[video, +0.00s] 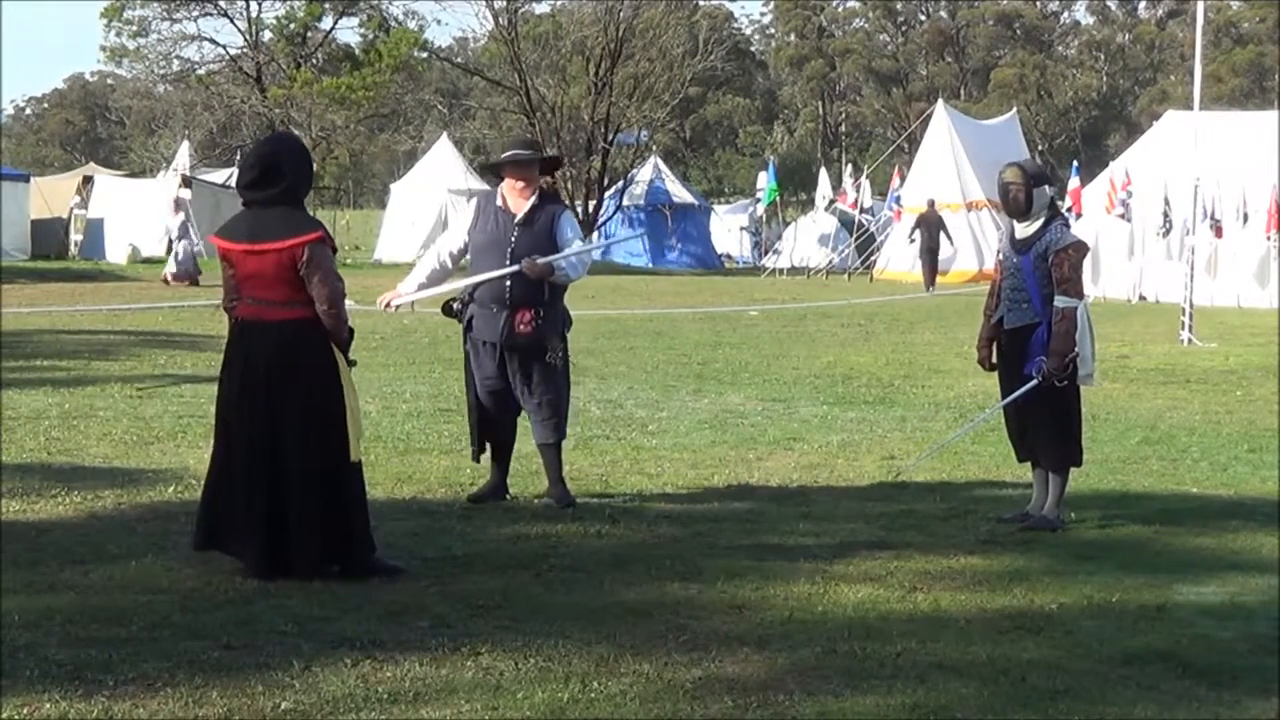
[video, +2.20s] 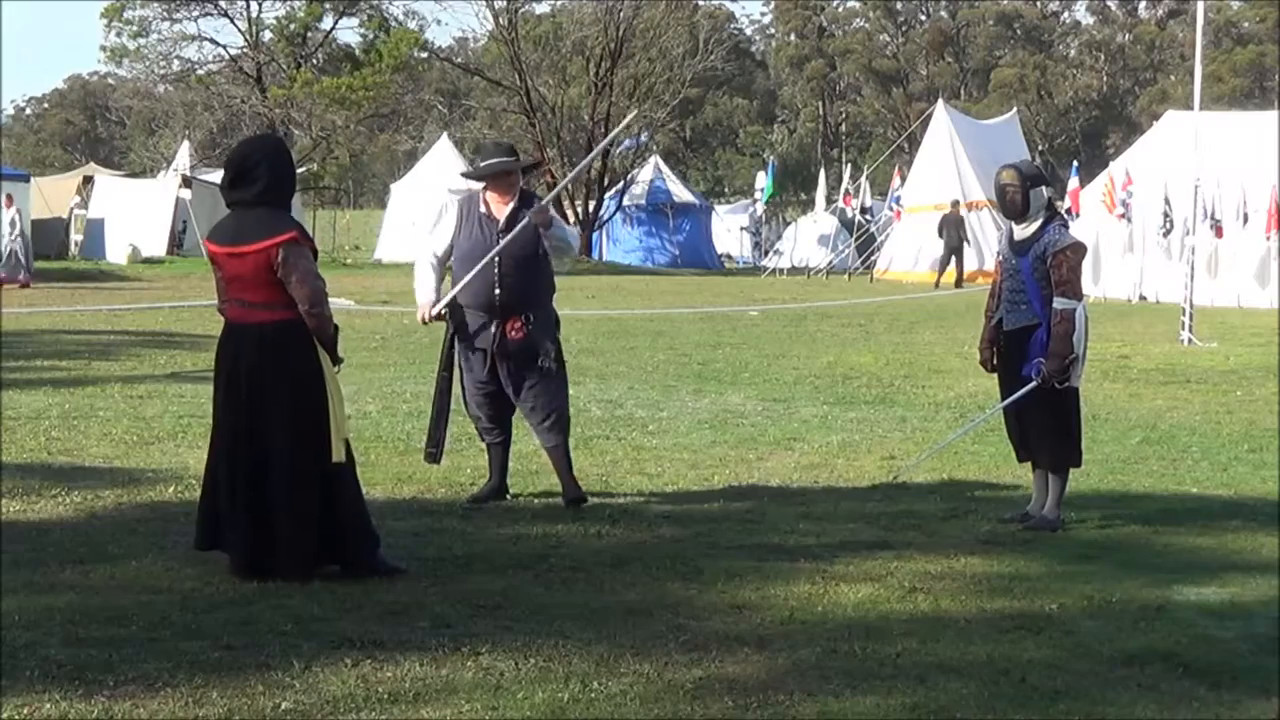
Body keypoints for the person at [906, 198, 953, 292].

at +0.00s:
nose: (930, 206)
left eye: (929, 204)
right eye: (932, 204)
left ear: (927, 205)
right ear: (934, 205)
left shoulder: (922, 216)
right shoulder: (938, 216)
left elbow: (914, 227)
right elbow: (945, 229)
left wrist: (910, 236)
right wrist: (950, 240)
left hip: (925, 245)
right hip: (935, 245)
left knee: (926, 265)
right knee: (934, 265)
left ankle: (927, 286)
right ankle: (932, 284)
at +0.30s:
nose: (928, 204)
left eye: (927, 202)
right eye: (930, 202)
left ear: (924, 203)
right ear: (932, 203)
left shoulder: (920, 214)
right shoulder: (936, 214)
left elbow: (915, 226)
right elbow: (942, 226)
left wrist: (913, 234)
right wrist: (942, 233)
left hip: (922, 243)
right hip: (933, 244)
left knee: (920, 262)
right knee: (932, 263)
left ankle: (921, 282)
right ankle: (931, 284)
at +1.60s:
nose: (940, 207)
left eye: (938, 205)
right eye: (940, 205)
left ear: (933, 205)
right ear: (940, 205)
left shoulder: (928, 216)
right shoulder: (943, 217)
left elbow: (923, 227)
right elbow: (951, 230)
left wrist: (920, 236)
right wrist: (944, 225)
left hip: (930, 243)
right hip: (939, 243)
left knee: (931, 262)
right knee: (939, 262)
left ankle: (932, 281)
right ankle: (934, 282)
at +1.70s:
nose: (943, 206)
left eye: (942, 204)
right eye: (943, 204)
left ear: (935, 205)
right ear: (941, 205)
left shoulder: (930, 215)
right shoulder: (945, 216)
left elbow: (925, 226)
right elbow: (949, 228)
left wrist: (922, 236)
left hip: (932, 244)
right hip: (941, 244)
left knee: (933, 262)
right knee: (944, 261)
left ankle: (934, 281)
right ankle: (937, 279)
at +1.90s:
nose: (949, 205)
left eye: (948, 203)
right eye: (949, 203)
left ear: (941, 203)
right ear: (948, 203)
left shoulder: (935, 213)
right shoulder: (949, 214)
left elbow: (929, 223)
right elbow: (952, 227)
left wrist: (927, 232)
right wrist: (955, 237)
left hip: (937, 240)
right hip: (947, 241)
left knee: (936, 261)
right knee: (950, 262)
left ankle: (934, 281)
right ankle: (949, 281)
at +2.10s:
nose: (956, 208)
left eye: (955, 206)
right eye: (956, 206)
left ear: (948, 206)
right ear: (955, 206)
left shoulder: (942, 216)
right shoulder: (956, 217)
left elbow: (935, 229)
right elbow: (958, 230)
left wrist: (940, 237)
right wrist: (961, 240)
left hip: (944, 243)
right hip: (954, 243)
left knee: (940, 260)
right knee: (956, 264)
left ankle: (935, 279)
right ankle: (957, 282)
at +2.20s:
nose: (959, 208)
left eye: (958, 206)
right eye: (958, 206)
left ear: (951, 206)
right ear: (957, 206)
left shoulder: (945, 216)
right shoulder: (960, 217)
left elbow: (940, 230)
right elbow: (962, 231)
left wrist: (944, 237)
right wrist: (966, 239)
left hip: (948, 243)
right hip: (958, 243)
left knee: (944, 262)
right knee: (959, 263)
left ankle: (938, 279)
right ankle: (958, 282)